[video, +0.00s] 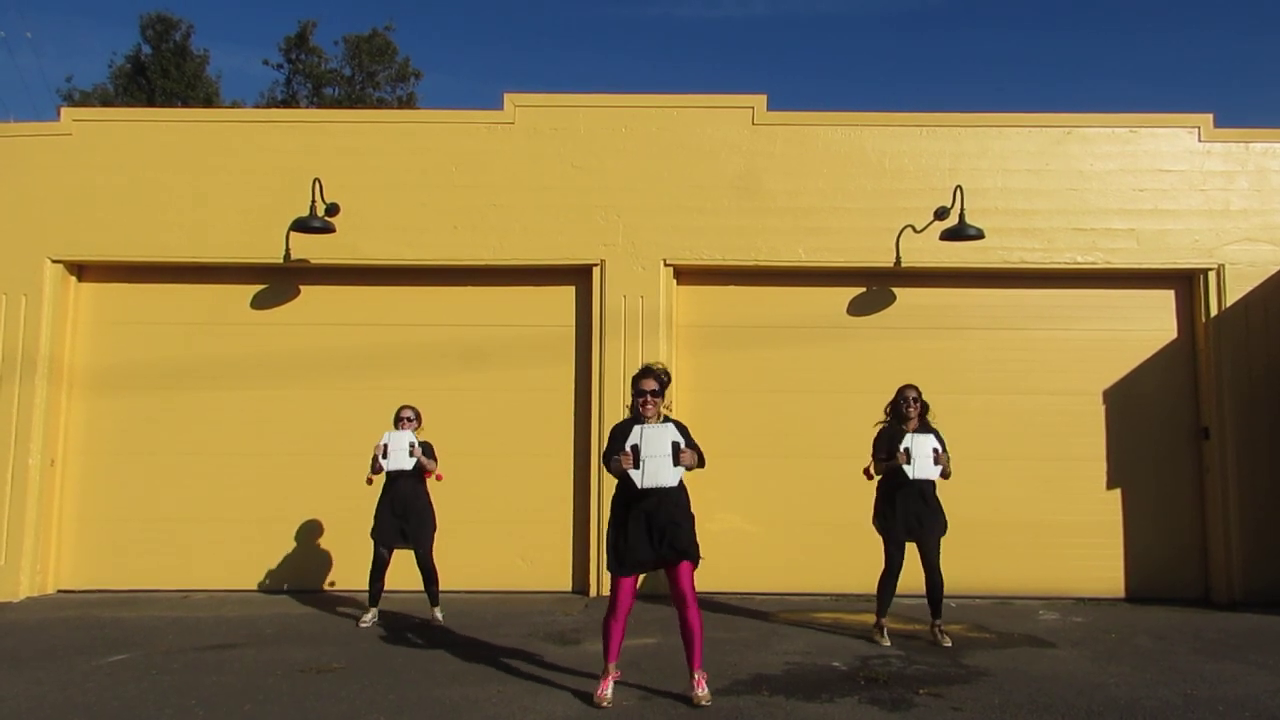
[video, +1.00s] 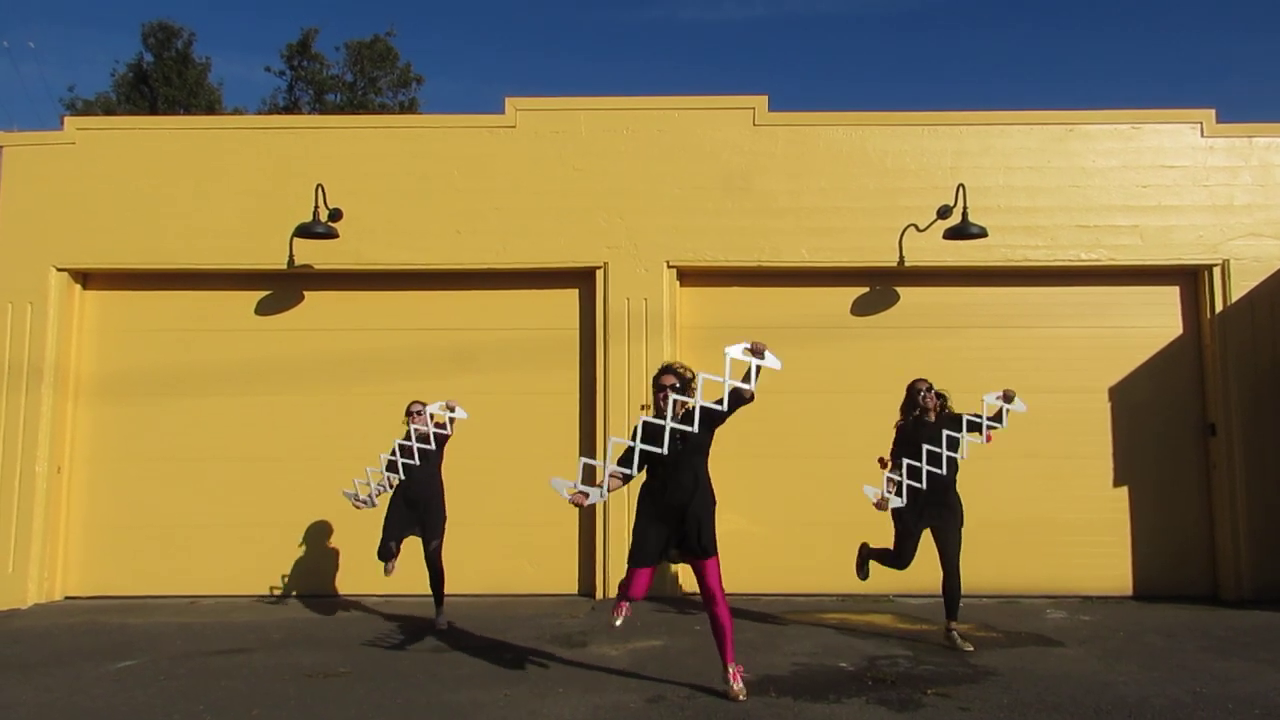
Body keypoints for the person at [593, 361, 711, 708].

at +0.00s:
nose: (646, 399)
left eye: (653, 394)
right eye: (641, 393)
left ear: (663, 396)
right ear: (633, 395)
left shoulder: (677, 429)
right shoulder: (622, 430)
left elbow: (698, 459)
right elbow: (609, 464)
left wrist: (692, 458)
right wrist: (619, 463)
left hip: (673, 522)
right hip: (630, 524)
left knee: (686, 598)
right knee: (620, 603)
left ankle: (697, 676)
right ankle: (609, 673)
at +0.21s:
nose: (648, 397)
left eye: (655, 391)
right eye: (643, 391)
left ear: (665, 395)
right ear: (635, 394)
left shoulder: (679, 428)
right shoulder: (622, 429)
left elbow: (698, 475)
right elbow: (605, 476)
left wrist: (688, 463)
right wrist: (619, 465)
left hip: (672, 526)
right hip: (631, 526)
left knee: (681, 598)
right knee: (623, 598)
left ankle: (697, 677)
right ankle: (611, 675)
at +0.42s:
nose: (648, 403)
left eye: (655, 398)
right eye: (643, 398)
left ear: (667, 404)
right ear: (636, 403)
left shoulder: (679, 441)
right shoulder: (620, 442)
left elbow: (695, 491)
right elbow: (600, 486)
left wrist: (683, 482)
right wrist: (614, 480)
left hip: (671, 536)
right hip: (630, 535)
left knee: (668, 604)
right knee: (630, 606)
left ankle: (671, 671)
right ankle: (624, 671)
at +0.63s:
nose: (650, 389)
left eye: (657, 384)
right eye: (644, 384)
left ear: (668, 389)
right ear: (637, 389)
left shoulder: (681, 424)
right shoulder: (620, 426)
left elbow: (704, 467)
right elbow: (598, 469)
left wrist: (690, 467)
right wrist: (619, 465)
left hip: (676, 521)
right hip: (631, 522)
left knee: (689, 591)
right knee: (621, 593)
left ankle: (699, 663)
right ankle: (613, 661)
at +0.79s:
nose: (653, 416)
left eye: (660, 411)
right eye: (647, 411)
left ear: (672, 415)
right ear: (640, 415)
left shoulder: (681, 447)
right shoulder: (631, 449)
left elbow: (702, 482)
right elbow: (623, 482)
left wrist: (704, 458)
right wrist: (638, 469)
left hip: (679, 540)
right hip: (636, 541)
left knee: (701, 613)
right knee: (621, 614)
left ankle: (724, 683)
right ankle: (600, 679)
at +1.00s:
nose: (665, 394)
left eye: (672, 389)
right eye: (660, 389)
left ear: (686, 392)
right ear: (653, 392)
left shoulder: (704, 417)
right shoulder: (647, 427)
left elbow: (741, 395)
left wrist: (755, 362)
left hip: (696, 515)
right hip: (654, 516)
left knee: (713, 594)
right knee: (636, 592)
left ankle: (731, 668)